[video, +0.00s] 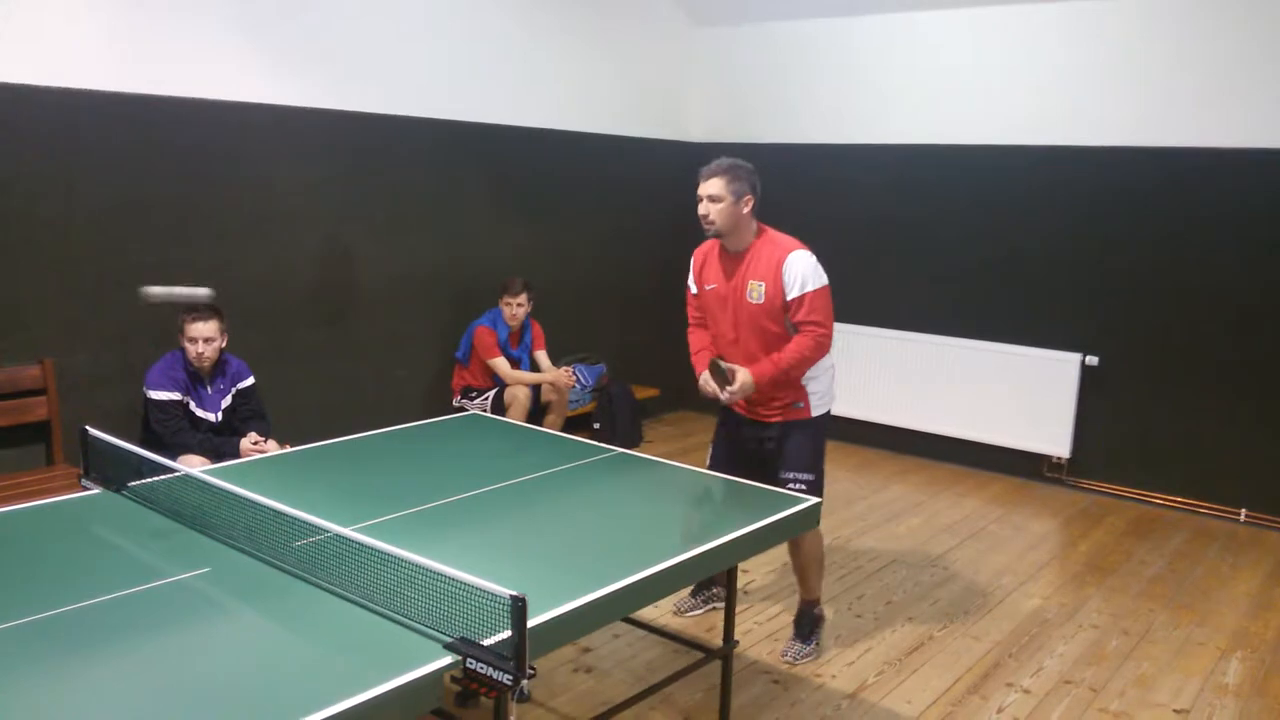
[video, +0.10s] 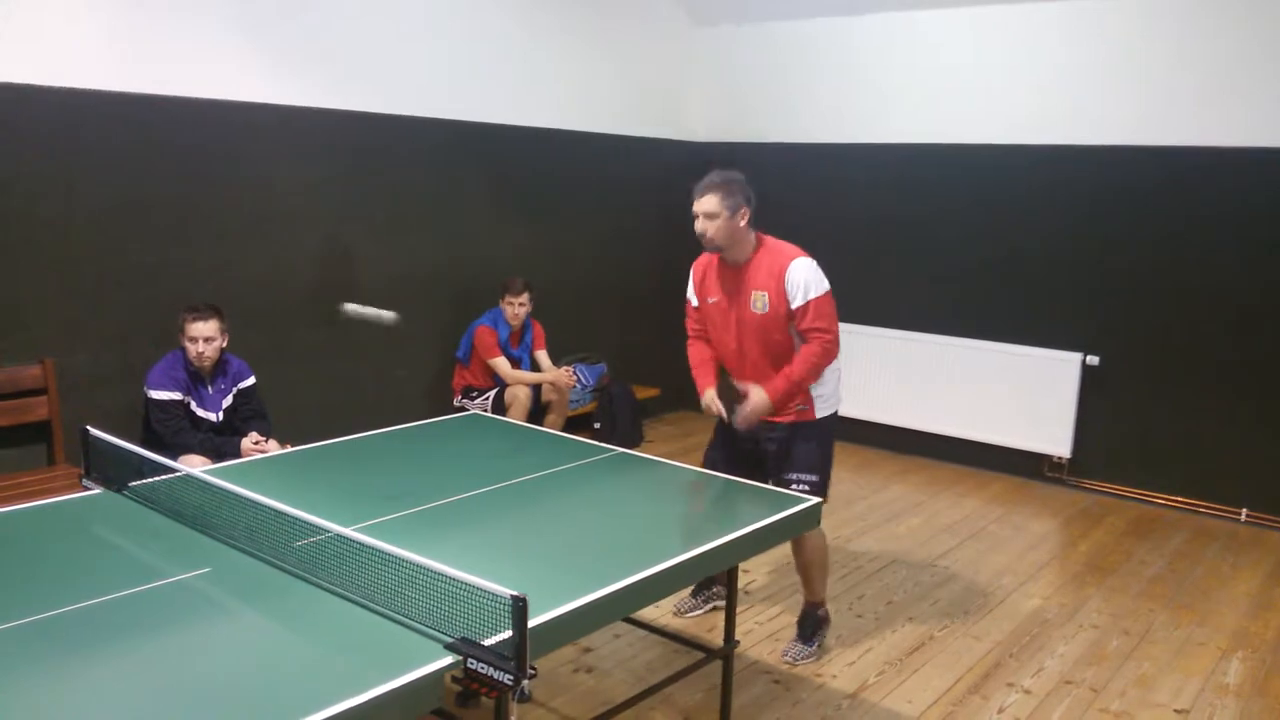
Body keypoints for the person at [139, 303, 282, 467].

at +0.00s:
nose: (200, 350)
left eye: (208, 341)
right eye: (192, 341)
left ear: (223, 341)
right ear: (182, 341)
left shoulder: (236, 370)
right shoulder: (162, 377)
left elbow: (252, 419)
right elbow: (175, 439)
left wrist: (253, 439)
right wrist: (235, 448)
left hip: (227, 450)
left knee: (271, 449)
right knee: (196, 465)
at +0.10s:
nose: (200, 350)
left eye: (208, 341)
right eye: (192, 341)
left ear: (224, 341)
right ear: (182, 341)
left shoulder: (237, 370)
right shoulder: (163, 378)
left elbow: (253, 418)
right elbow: (176, 439)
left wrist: (254, 439)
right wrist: (236, 448)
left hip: (228, 449)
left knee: (272, 448)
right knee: (197, 465)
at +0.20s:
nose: (199, 350)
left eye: (207, 342)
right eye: (191, 342)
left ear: (223, 342)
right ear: (181, 342)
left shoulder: (236, 371)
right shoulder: (162, 378)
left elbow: (252, 418)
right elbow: (175, 440)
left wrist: (252, 438)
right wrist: (235, 449)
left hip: (227, 449)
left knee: (271, 449)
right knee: (196, 467)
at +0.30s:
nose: (198, 351)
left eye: (206, 342)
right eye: (190, 343)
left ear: (222, 342)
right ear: (180, 342)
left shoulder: (235, 372)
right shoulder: (160, 379)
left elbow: (251, 420)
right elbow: (173, 441)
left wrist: (251, 440)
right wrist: (233, 449)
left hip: (226, 450)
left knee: (269, 450)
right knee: (195, 467)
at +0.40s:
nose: (198, 352)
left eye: (207, 343)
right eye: (190, 343)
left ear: (221, 343)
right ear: (179, 343)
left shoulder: (234, 372)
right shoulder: (160, 378)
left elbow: (250, 420)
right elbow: (172, 441)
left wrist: (251, 440)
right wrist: (232, 449)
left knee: (269, 450)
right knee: (193, 467)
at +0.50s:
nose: (201, 352)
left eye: (209, 343)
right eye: (193, 343)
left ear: (221, 342)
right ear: (179, 343)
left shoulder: (234, 372)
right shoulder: (159, 379)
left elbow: (249, 420)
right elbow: (172, 441)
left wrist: (249, 438)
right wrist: (232, 449)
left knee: (269, 450)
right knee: (193, 467)